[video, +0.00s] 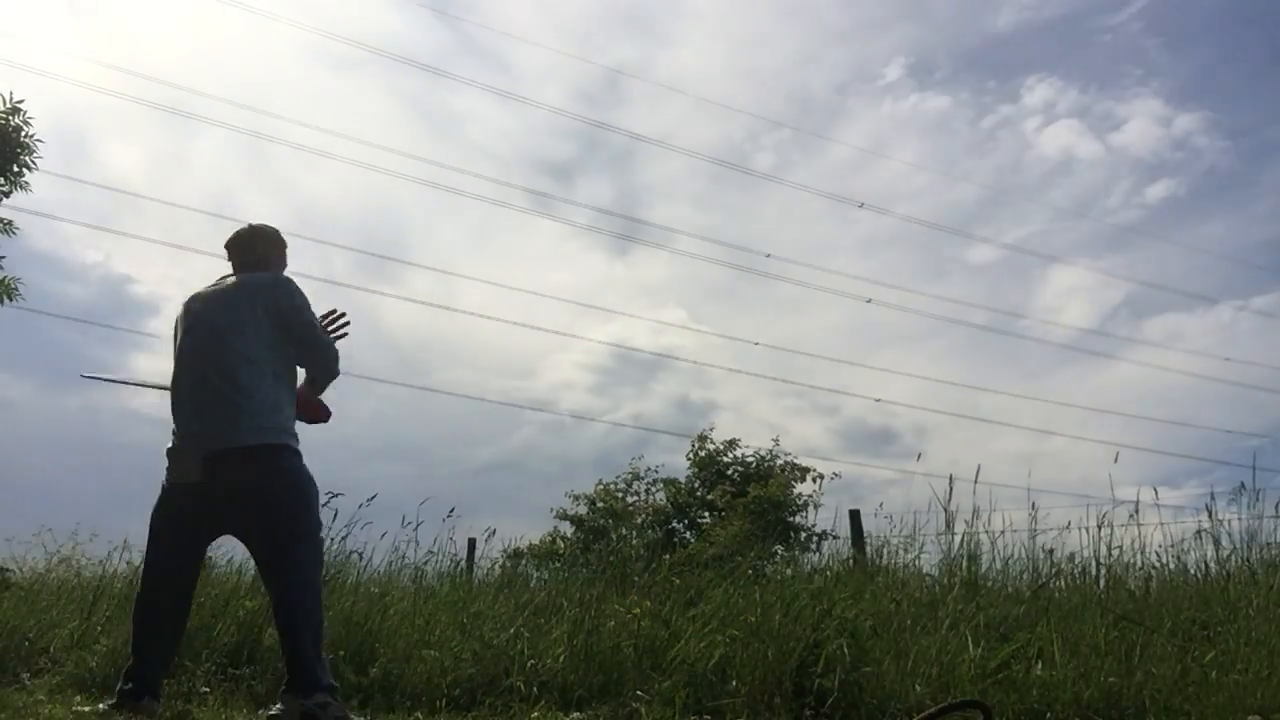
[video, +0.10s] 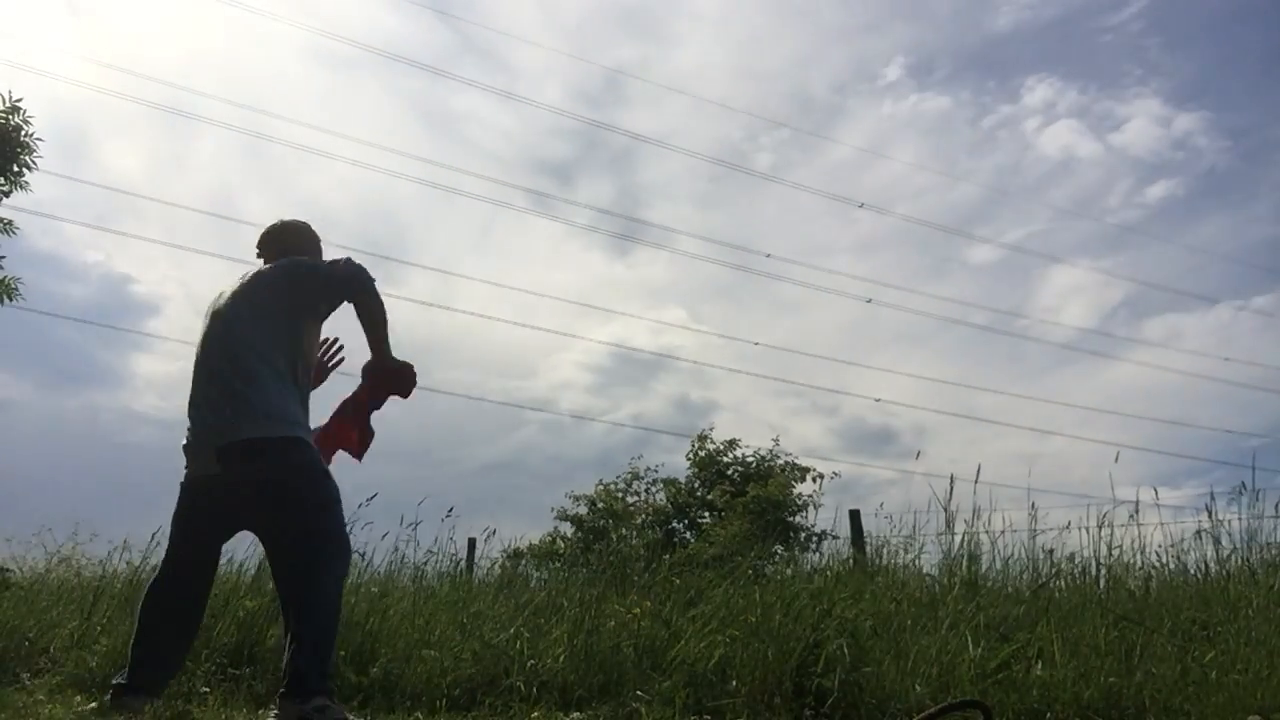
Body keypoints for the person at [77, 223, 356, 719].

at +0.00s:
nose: (284, 267)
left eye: (283, 259)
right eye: (282, 259)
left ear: (235, 259)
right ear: (271, 255)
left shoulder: (194, 305)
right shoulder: (277, 288)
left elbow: (218, 382)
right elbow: (326, 361)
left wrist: (292, 393)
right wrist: (306, 395)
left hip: (191, 473)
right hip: (270, 468)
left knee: (164, 583)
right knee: (296, 580)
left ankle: (139, 692)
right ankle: (310, 692)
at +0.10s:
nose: (320, 264)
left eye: (316, 256)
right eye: (316, 256)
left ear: (266, 254)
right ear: (305, 252)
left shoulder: (226, 306)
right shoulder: (298, 275)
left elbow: (240, 396)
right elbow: (358, 277)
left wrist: (302, 381)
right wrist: (381, 356)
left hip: (208, 468)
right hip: (280, 458)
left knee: (180, 575)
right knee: (321, 562)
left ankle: (135, 689)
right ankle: (307, 695)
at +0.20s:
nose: (342, 270)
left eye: (342, 259)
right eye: (337, 256)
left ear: (294, 246)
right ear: (316, 246)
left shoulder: (255, 302)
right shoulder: (299, 268)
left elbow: (243, 389)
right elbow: (367, 240)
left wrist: (309, 410)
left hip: (225, 454)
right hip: (284, 446)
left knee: (188, 562)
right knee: (341, 553)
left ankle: (81, 683)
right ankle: (310, 694)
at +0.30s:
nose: (362, 270)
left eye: (361, 261)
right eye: (357, 262)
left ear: (306, 256)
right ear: (335, 255)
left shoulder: (261, 311)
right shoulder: (322, 279)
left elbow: (253, 404)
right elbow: (410, 246)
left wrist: (327, 412)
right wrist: (480, 216)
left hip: (225, 469)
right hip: (289, 461)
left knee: (162, 579)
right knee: (360, 557)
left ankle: (72, 685)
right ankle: (311, 696)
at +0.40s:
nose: (359, 263)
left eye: (357, 258)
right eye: (353, 253)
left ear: (304, 253)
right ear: (331, 252)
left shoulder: (261, 315)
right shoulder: (316, 274)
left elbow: (273, 409)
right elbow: (399, 242)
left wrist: (343, 389)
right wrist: (490, 243)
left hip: (223, 471)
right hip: (284, 460)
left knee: (166, 585)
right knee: (360, 560)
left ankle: (70, 695)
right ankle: (314, 699)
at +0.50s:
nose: (342, 261)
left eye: (342, 251)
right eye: (338, 251)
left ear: (296, 244)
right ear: (314, 246)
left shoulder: (265, 318)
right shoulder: (291, 279)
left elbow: (319, 393)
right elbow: (376, 254)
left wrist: (333, 360)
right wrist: (458, 283)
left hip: (220, 463)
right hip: (276, 454)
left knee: (178, 584)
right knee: (350, 557)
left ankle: (75, 695)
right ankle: (314, 696)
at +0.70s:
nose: (323, 257)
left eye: (324, 247)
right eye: (316, 245)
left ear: (279, 249)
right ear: (285, 243)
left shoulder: (233, 302)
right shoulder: (262, 292)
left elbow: (223, 389)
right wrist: (350, 375)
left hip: (218, 470)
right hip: (261, 463)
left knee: (175, 593)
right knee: (328, 556)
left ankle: (70, 694)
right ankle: (311, 696)